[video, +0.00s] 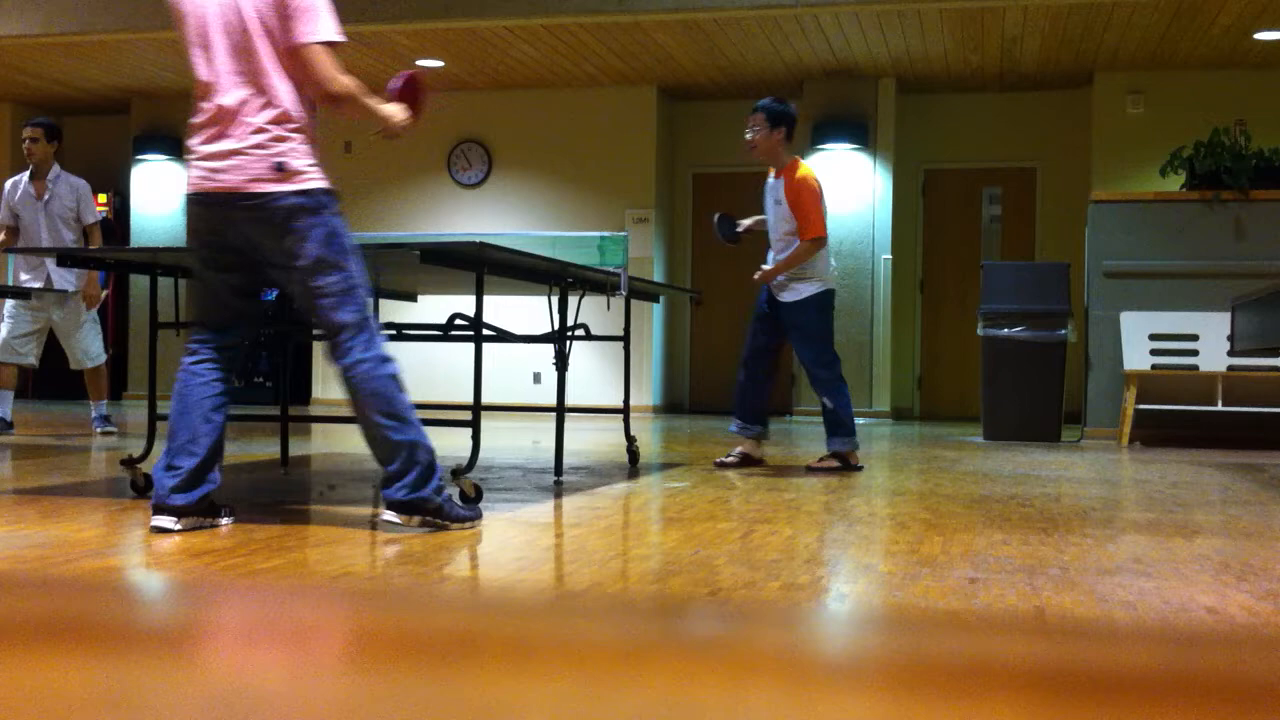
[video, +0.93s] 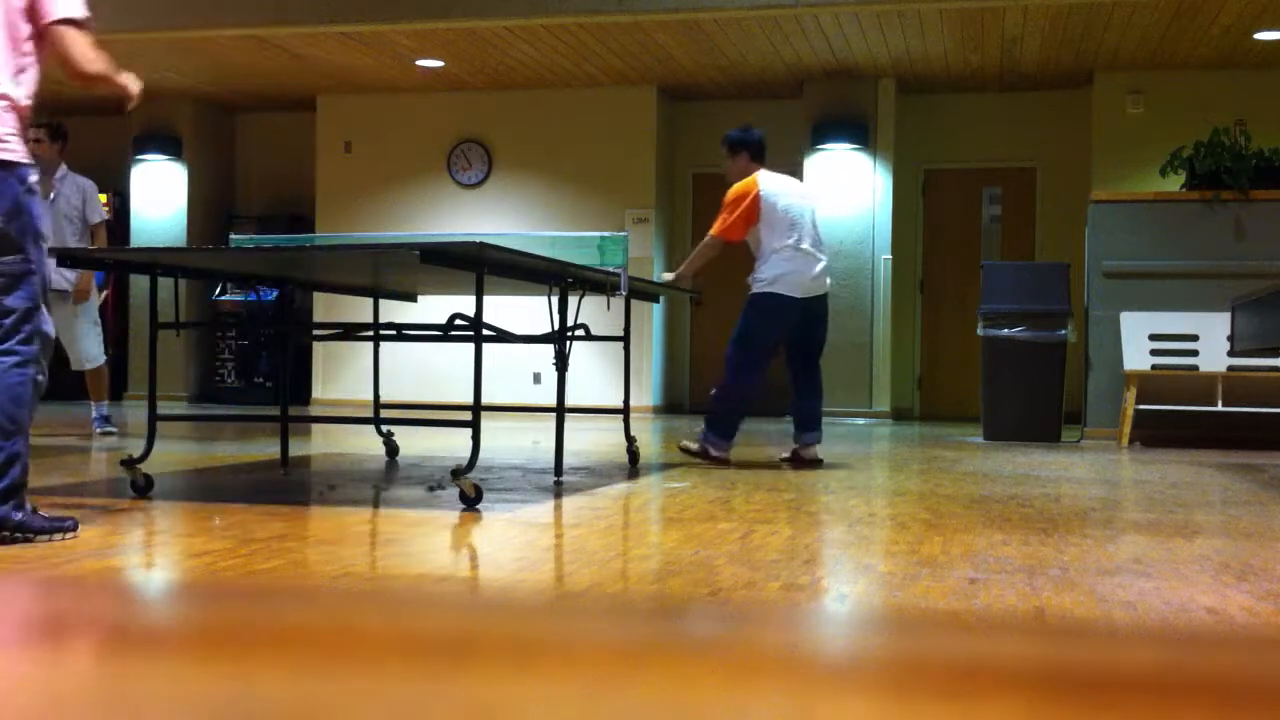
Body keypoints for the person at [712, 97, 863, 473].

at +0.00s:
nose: (748, 137)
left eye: (756, 130)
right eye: (748, 130)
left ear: (780, 133)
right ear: (769, 135)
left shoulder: (801, 179)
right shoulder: (774, 175)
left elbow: (815, 239)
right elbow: (785, 221)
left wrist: (775, 269)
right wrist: (750, 224)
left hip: (809, 290)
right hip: (778, 287)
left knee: (823, 370)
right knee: (756, 360)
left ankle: (844, 451)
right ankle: (750, 444)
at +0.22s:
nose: (762, 131)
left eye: (769, 123)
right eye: (763, 123)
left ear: (792, 128)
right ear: (792, 130)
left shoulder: (800, 172)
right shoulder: (812, 170)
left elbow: (804, 234)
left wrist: (775, 264)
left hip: (813, 286)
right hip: (799, 285)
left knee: (824, 366)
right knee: (779, 361)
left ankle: (843, 451)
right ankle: (786, 445)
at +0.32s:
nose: (767, 133)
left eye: (774, 125)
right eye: (768, 124)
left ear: (796, 129)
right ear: (795, 131)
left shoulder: (798, 170)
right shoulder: (821, 170)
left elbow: (789, 226)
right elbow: (849, 219)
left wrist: (758, 261)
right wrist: (815, 250)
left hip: (810, 278)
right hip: (817, 278)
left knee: (824, 360)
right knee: (794, 360)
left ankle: (846, 448)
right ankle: (802, 443)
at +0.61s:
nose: (759, 147)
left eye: (765, 140)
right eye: (761, 140)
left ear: (783, 143)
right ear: (792, 145)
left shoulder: (778, 180)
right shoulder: (824, 185)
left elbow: (758, 233)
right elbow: (845, 238)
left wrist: (721, 265)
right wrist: (823, 269)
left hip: (795, 285)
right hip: (825, 286)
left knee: (789, 366)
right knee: (808, 367)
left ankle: (831, 438)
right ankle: (807, 444)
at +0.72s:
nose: (749, 159)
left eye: (753, 150)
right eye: (749, 151)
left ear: (771, 149)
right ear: (782, 151)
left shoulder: (773, 181)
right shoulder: (814, 186)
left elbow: (741, 235)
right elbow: (828, 245)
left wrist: (702, 269)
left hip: (789, 288)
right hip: (823, 292)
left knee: (753, 354)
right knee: (806, 365)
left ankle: (791, 434)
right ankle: (805, 443)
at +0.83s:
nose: (740, 161)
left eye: (743, 153)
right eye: (740, 153)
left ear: (758, 153)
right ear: (772, 154)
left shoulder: (761, 182)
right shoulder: (801, 183)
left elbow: (728, 236)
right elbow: (811, 240)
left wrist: (690, 271)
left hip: (786, 285)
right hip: (822, 289)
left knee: (747, 355)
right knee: (806, 366)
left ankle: (747, 444)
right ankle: (807, 447)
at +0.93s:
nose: (726, 170)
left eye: (729, 161)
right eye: (726, 162)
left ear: (743, 158)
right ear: (759, 157)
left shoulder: (746, 188)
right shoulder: (793, 185)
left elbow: (714, 241)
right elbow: (798, 240)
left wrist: (680, 274)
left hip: (776, 290)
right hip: (815, 293)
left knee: (742, 363)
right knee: (806, 365)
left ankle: (715, 443)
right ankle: (808, 446)